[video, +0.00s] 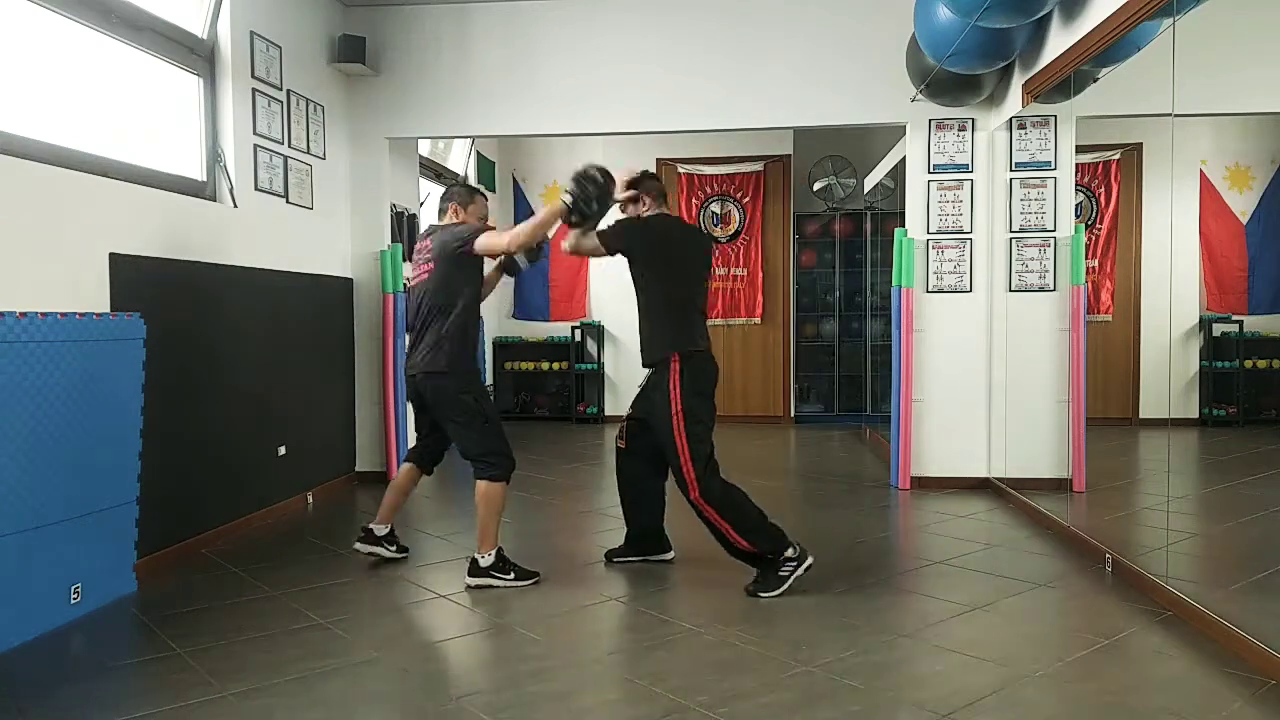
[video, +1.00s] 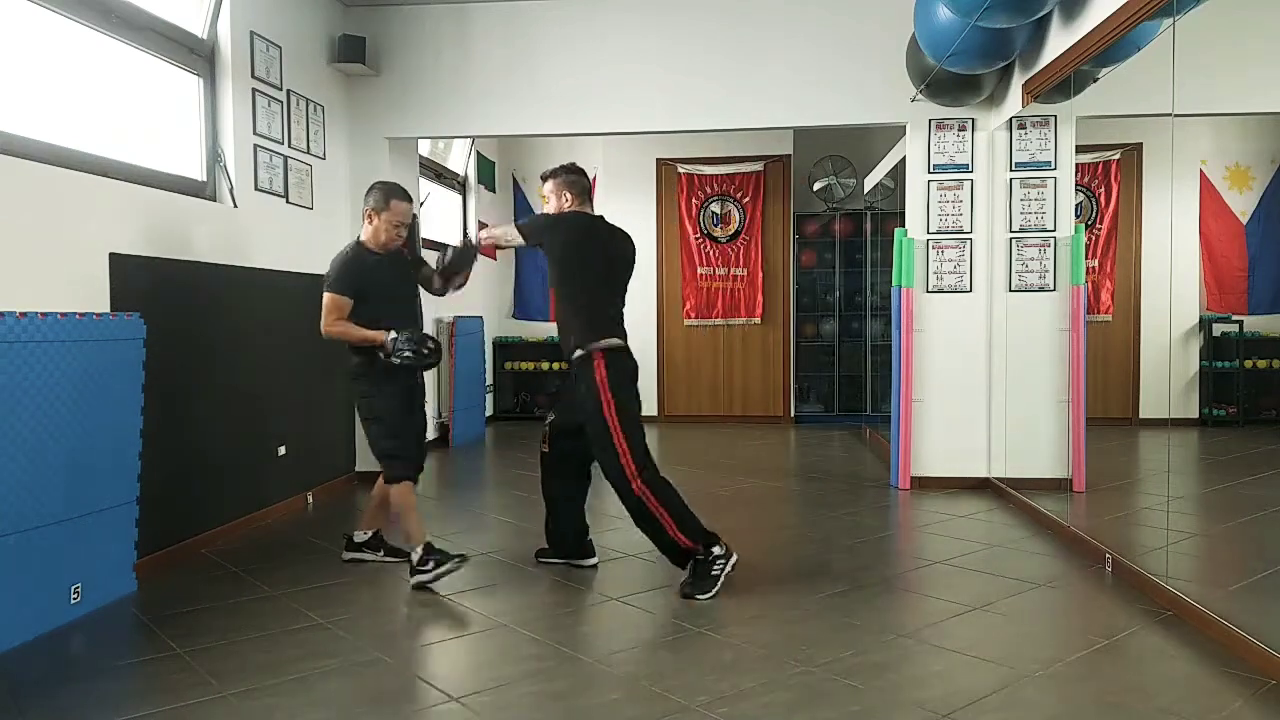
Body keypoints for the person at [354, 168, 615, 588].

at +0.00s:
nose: (487, 224)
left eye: (487, 217)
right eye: (483, 216)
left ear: (451, 212)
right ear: (456, 209)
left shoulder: (429, 244)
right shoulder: (454, 236)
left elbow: (469, 298)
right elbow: (515, 240)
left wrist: (503, 263)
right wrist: (563, 202)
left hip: (422, 372)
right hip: (450, 372)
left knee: (427, 449)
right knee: (494, 459)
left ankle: (378, 530)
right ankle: (487, 559)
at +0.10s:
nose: (476, 230)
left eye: (477, 223)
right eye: (472, 221)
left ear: (443, 216)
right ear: (448, 214)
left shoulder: (428, 248)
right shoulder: (441, 244)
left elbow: (485, 284)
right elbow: (479, 276)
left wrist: (515, 251)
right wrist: (524, 237)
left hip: (421, 369)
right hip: (449, 370)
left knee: (412, 456)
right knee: (493, 459)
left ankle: (369, 537)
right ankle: (487, 559)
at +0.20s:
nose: (466, 229)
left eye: (468, 222)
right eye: (463, 219)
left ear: (438, 214)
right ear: (442, 213)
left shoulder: (417, 246)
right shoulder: (431, 237)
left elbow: (444, 295)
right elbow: (453, 250)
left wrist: (472, 284)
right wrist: (490, 209)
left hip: (405, 360)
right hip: (435, 360)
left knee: (397, 454)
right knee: (475, 458)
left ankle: (366, 541)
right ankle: (485, 558)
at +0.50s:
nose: (443, 220)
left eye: (446, 214)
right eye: (438, 212)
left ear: (415, 212)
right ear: (412, 209)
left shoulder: (416, 250)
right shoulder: (401, 234)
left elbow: (433, 306)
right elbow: (419, 244)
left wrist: (464, 273)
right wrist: (464, 210)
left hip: (404, 363)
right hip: (413, 364)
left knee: (401, 452)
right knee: (445, 459)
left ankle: (365, 541)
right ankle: (435, 561)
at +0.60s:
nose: (436, 220)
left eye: (437, 213)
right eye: (429, 212)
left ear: (420, 212)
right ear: (401, 209)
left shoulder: (424, 251)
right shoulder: (388, 245)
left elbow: (458, 284)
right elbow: (382, 290)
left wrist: (486, 257)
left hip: (419, 371)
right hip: (410, 373)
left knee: (401, 454)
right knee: (446, 460)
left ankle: (362, 539)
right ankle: (436, 561)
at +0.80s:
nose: (420, 219)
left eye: (422, 212)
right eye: (412, 212)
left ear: (423, 213)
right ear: (385, 211)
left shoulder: (420, 257)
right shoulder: (369, 256)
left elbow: (452, 291)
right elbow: (346, 311)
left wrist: (465, 245)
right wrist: (405, 323)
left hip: (425, 373)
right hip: (404, 374)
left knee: (412, 459)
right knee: (447, 461)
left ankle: (363, 530)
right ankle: (436, 562)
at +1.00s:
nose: (403, 234)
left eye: (407, 226)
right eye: (396, 225)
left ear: (410, 221)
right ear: (370, 217)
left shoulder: (405, 258)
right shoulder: (349, 263)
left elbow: (440, 285)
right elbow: (331, 325)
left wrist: (466, 253)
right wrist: (387, 338)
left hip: (408, 375)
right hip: (375, 378)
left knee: (405, 461)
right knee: (399, 463)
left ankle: (366, 538)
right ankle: (422, 554)